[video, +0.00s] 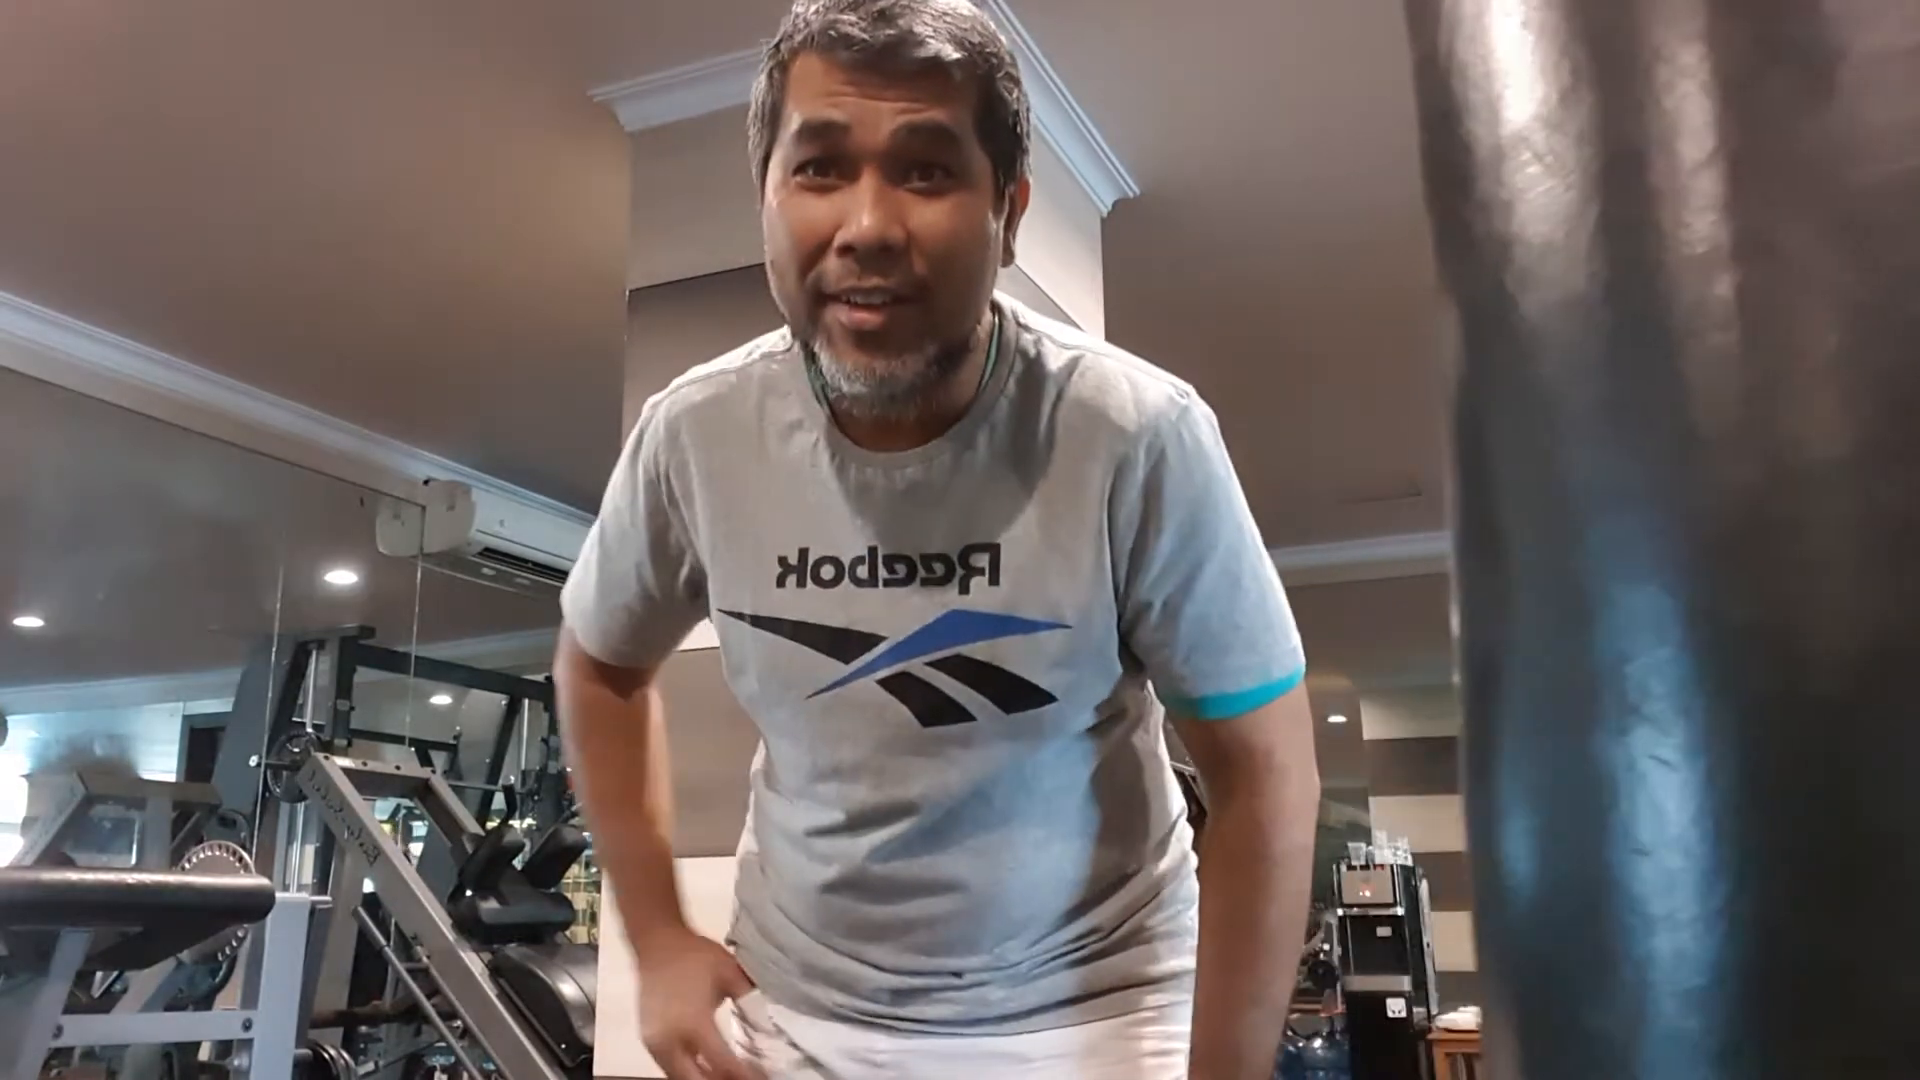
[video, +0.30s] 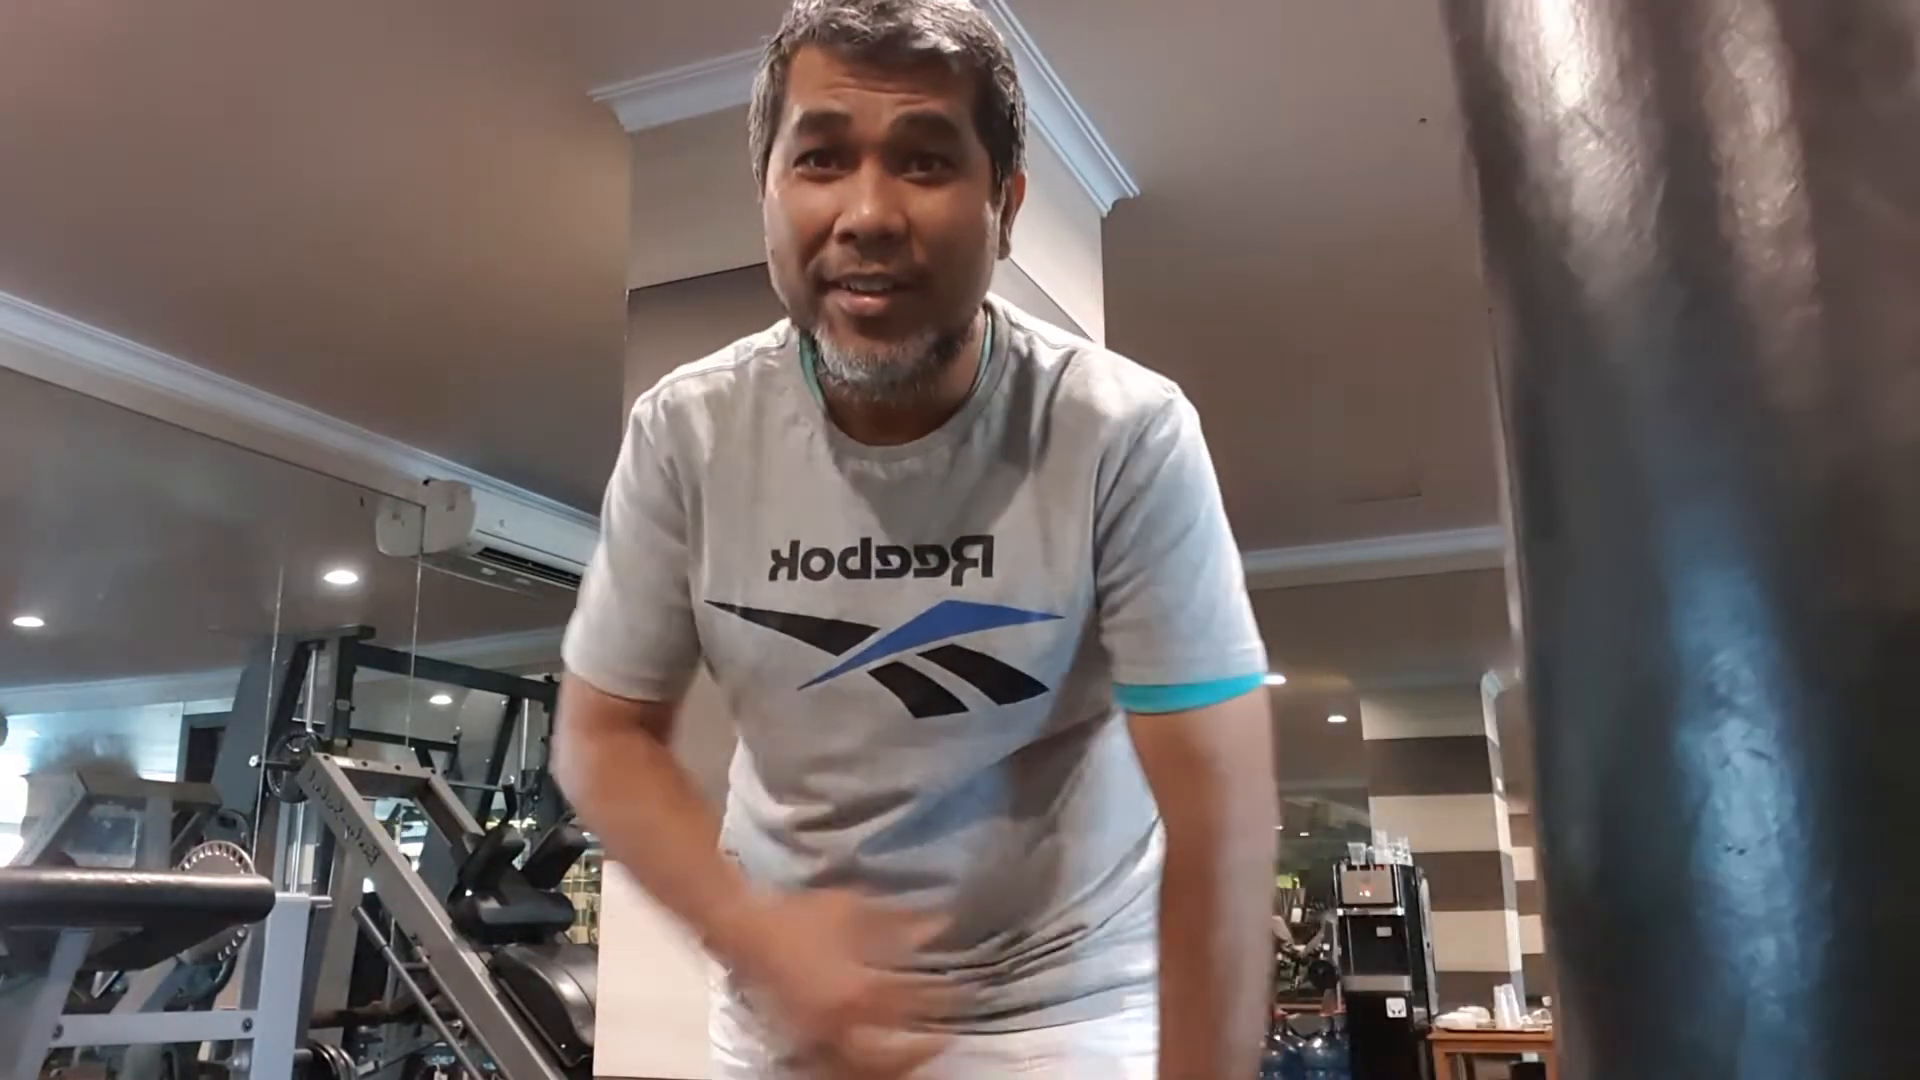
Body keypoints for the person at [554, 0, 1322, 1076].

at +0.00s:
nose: (867, 227)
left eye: (925, 171)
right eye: (819, 168)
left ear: (1009, 209)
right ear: (765, 203)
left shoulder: (1142, 440)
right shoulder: (690, 442)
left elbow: (1262, 774)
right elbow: (603, 663)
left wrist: (1229, 1068)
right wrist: (658, 937)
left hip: (1092, 1011)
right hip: (797, 1008)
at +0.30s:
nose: (869, 214)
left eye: (925, 162)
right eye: (821, 159)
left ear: (1005, 204)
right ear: (765, 197)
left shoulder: (1125, 439)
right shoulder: (686, 437)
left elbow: (1223, 815)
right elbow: (603, 733)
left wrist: (1204, 1067)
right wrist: (760, 936)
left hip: (1063, 1000)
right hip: (792, 991)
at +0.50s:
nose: (867, 208)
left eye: (923, 158)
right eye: (818, 155)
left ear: (1002, 203)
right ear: (762, 192)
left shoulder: (1118, 435)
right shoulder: (689, 424)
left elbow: (1154, 806)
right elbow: (696, 775)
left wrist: (1113, 1068)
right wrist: (1016, 734)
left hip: (1025, 1027)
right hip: (765, 1010)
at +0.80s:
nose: (866, 200)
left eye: (926, 150)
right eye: (821, 143)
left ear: (1005, 194)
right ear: (763, 177)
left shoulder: (1109, 438)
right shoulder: (686, 399)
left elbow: (1113, 827)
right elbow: (683, 750)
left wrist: (1044, 1071)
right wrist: (998, 694)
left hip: (1023, 1014)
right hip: (756, 1007)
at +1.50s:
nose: (842, 212)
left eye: (895, 159)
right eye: (794, 160)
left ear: (971, 198)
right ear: (730, 201)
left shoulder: (1086, 428)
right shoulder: (672, 414)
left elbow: (1221, 782)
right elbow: (670, 741)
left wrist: (904, 811)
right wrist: (953, 649)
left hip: (1056, 1017)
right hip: (772, 1012)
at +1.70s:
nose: (803, 206)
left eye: (852, 152)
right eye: (749, 162)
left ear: (931, 195)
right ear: (691, 215)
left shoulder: (1067, 422)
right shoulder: (657, 432)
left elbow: (1202, 784)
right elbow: (676, 781)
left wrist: (920, 975)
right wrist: (941, 658)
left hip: (1054, 1004)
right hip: (770, 1002)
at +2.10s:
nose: (761, 225)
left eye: (816, 167)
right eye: (708, 172)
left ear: (905, 211)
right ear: (656, 218)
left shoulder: (1043, 453)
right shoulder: (624, 436)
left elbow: (1152, 831)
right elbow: (644, 791)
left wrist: (1133, 1075)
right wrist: (930, 724)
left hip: (1019, 1019)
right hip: (758, 1012)